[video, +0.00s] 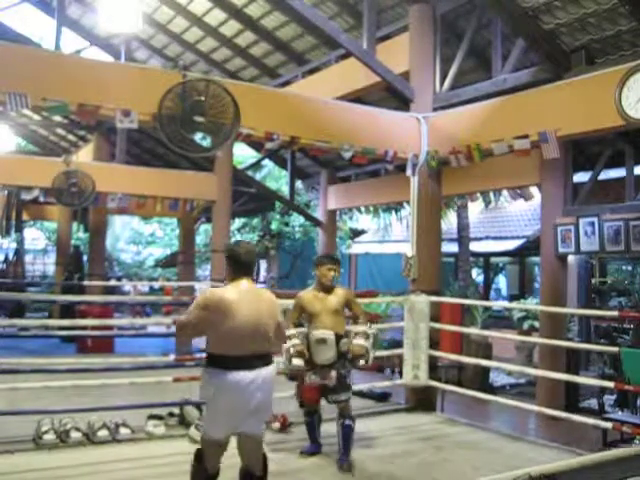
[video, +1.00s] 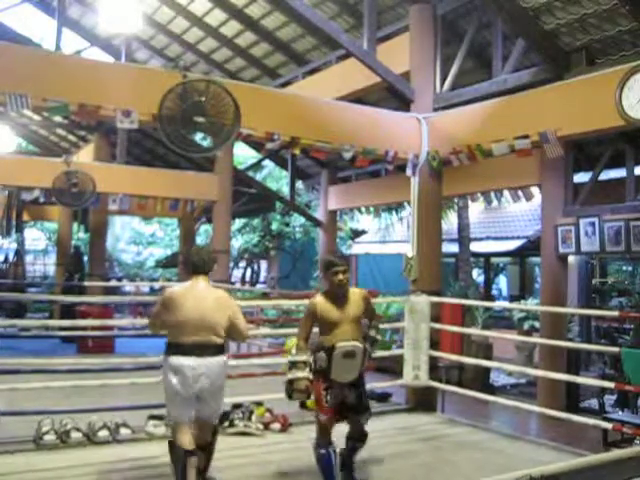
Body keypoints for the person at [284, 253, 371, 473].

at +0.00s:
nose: (332, 274)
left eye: (335, 271)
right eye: (328, 270)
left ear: (338, 273)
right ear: (317, 271)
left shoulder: (344, 295)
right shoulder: (303, 298)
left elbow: (361, 317)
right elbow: (291, 324)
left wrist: (359, 340)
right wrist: (297, 345)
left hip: (339, 350)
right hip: (312, 350)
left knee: (343, 402)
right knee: (308, 398)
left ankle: (345, 454)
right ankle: (314, 443)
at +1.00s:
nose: (342, 278)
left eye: (345, 273)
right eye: (336, 274)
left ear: (349, 274)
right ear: (326, 277)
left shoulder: (361, 297)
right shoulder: (317, 304)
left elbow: (374, 319)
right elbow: (302, 338)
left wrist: (369, 339)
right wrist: (302, 371)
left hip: (355, 368)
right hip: (327, 369)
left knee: (359, 428)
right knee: (324, 427)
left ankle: (348, 462)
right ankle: (328, 473)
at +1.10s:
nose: (338, 276)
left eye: (341, 271)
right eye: (332, 272)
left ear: (346, 272)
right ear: (322, 276)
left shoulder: (358, 296)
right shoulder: (313, 304)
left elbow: (370, 318)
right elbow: (299, 340)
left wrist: (367, 337)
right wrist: (300, 374)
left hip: (353, 369)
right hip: (325, 371)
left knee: (362, 433)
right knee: (323, 433)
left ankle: (350, 462)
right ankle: (329, 474)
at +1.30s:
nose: (337, 276)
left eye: (340, 271)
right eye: (331, 272)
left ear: (345, 273)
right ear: (321, 276)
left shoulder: (356, 298)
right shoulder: (310, 303)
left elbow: (375, 318)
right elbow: (294, 337)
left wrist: (369, 342)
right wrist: (294, 369)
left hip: (351, 365)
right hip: (320, 367)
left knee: (354, 434)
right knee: (322, 435)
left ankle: (356, 474)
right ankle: (328, 475)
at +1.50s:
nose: (334, 276)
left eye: (339, 271)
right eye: (329, 272)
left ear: (345, 274)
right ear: (320, 275)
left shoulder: (357, 301)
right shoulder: (308, 305)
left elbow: (383, 320)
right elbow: (290, 337)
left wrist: (379, 345)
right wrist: (286, 367)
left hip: (348, 371)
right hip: (316, 372)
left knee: (348, 440)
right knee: (318, 439)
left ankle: (350, 473)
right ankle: (328, 475)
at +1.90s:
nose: (311, 274)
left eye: (318, 268)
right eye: (310, 269)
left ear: (332, 271)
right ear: (308, 272)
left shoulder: (352, 304)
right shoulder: (301, 302)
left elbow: (361, 338)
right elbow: (293, 335)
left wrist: (338, 356)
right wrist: (291, 366)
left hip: (335, 385)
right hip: (302, 382)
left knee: (341, 453)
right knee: (282, 445)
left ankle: (346, 473)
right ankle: (283, 473)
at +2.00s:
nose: (299, 276)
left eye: (305, 270)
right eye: (297, 271)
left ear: (321, 273)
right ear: (295, 275)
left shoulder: (339, 303)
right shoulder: (295, 304)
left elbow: (352, 339)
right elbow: (293, 338)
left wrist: (325, 349)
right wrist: (293, 355)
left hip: (328, 381)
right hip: (298, 380)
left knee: (336, 452)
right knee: (281, 446)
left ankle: (343, 470)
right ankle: (278, 472)